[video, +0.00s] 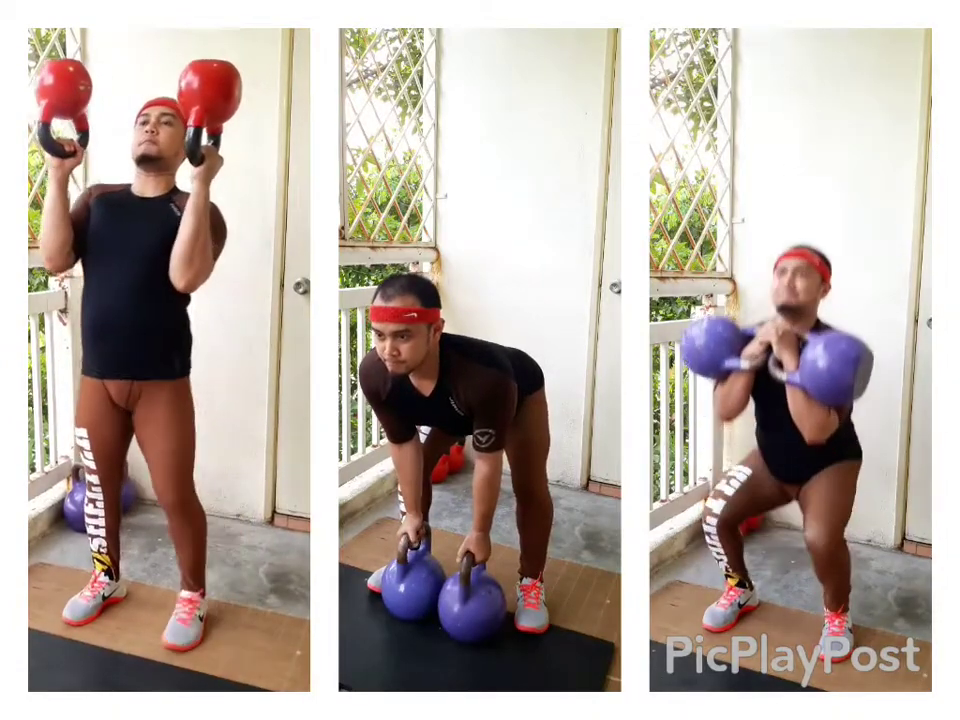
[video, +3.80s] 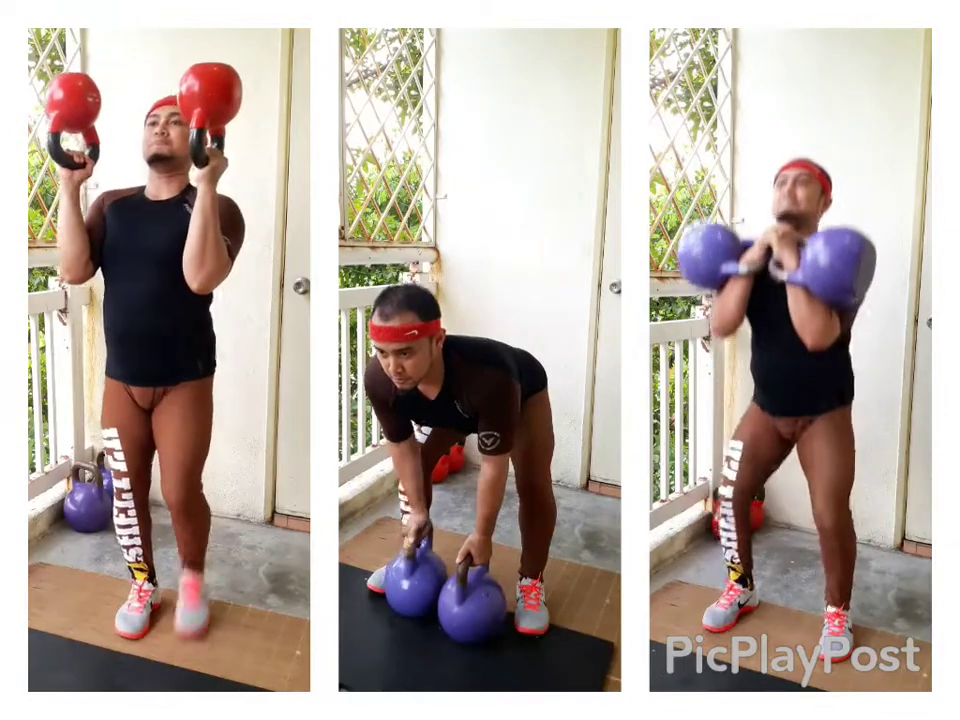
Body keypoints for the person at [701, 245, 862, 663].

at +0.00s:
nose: (790, 280)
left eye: (802, 274)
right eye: (783, 272)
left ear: (823, 290)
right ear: (771, 283)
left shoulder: (833, 347)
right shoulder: (753, 339)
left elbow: (817, 431)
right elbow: (725, 412)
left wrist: (790, 362)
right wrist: (751, 358)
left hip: (831, 461)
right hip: (774, 458)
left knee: (821, 538)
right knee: (721, 517)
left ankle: (837, 615)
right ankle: (740, 588)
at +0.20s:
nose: (795, 226)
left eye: (808, 221)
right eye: (788, 218)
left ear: (829, 238)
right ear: (777, 231)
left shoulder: (835, 299)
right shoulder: (756, 291)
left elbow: (819, 376)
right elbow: (729, 359)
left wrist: (793, 307)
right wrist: (751, 306)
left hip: (829, 433)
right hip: (773, 427)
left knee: (829, 531)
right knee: (727, 505)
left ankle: (837, 615)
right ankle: (740, 587)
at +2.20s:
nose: (795, 190)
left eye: (808, 182)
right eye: (788, 182)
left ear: (832, 195)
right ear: (778, 193)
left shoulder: (846, 257)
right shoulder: (758, 249)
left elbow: (824, 323)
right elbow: (728, 317)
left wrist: (799, 251)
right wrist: (758, 256)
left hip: (824, 412)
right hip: (765, 408)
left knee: (827, 516)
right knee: (738, 499)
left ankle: (836, 612)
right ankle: (739, 586)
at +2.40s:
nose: (789, 238)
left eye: (802, 230)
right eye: (782, 230)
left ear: (825, 241)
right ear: (773, 239)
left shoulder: (840, 302)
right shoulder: (757, 296)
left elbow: (822, 374)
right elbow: (727, 362)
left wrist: (795, 302)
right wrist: (756, 305)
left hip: (830, 438)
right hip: (773, 434)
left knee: (828, 533)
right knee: (727, 510)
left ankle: (835, 613)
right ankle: (740, 587)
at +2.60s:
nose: (787, 297)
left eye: (800, 288)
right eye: (780, 288)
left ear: (821, 299)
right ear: (770, 298)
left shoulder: (836, 356)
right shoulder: (753, 352)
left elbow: (821, 436)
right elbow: (726, 421)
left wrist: (793, 367)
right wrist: (753, 371)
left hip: (832, 472)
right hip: (775, 469)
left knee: (827, 545)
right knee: (718, 521)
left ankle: (836, 616)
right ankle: (740, 588)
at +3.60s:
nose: (782, 244)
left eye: (794, 236)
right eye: (774, 236)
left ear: (817, 248)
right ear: (765, 247)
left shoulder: (829, 311)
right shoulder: (749, 307)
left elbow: (818, 391)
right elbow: (721, 377)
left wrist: (789, 323)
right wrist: (747, 324)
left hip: (827, 440)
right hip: (770, 436)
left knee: (827, 534)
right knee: (721, 510)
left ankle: (836, 614)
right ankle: (740, 586)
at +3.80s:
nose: (790, 190)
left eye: (804, 183)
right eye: (782, 183)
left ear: (825, 201)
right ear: (771, 198)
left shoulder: (836, 261)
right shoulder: (749, 254)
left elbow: (818, 336)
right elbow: (722, 325)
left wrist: (790, 267)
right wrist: (749, 262)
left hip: (826, 414)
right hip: (766, 410)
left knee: (831, 518)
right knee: (734, 495)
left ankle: (837, 612)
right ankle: (740, 585)